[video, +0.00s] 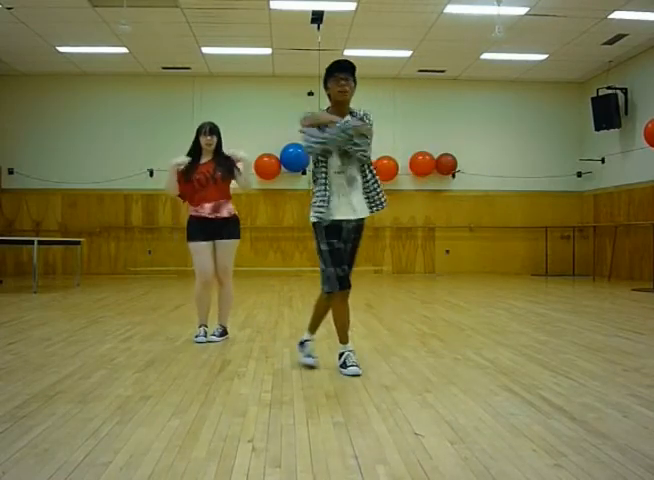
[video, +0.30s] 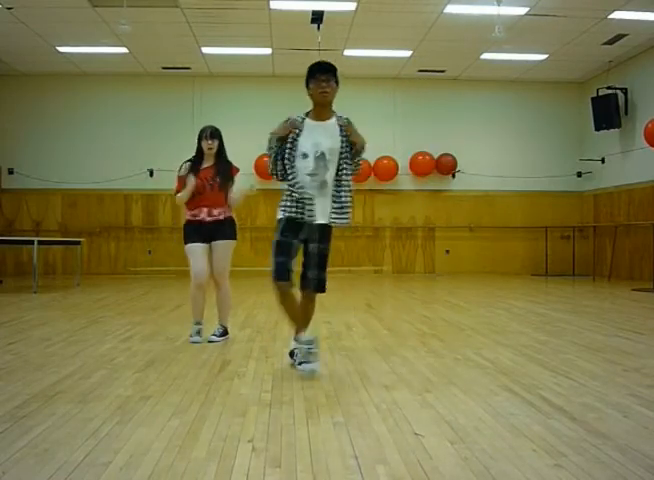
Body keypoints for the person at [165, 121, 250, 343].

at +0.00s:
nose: (208, 138)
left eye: (212, 134)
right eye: (204, 135)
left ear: (218, 138)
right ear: (198, 138)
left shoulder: (226, 162)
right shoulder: (189, 165)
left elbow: (246, 185)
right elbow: (173, 191)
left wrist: (244, 166)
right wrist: (173, 169)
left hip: (225, 222)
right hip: (198, 222)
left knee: (224, 276)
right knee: (204, 276)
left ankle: (222, 326)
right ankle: (202, 326)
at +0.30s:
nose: (209, 142)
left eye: (213, 139)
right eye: (205, 139)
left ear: (219, 142)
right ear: (200, 142)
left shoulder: (229, 169)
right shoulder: (187, 167)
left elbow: (232, 203)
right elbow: (180, 200)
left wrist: (242, 192)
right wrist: (190, 186)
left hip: (222, 222)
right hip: (195, 224)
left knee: (220, 276)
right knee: (199, 276)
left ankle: (222, 326)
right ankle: (197, 325)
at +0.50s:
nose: (202, 145)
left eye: (206, 141)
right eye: (198, 141)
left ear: (214, 143)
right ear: (193, 144)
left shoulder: (223, 171)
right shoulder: (182, 169)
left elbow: (235, 202)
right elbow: (166, 198)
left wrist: (222, 219)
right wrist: (176, 217)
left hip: (213, 224)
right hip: (186, 225)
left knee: (215, 277)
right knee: (188, 279)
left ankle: (221, 326)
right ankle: (169, 326)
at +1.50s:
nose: (201, 149)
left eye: (205, 145)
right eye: (197, 146)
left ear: (211, 148)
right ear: (191, 150)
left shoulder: (224, 175)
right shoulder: (187, 178)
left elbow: (232, 208)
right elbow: (167, 204)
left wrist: (218, 233)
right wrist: (160, 224)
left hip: (209, 233)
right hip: (181, 229)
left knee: (214, 286)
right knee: (178, 279)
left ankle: (229, 327)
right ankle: (166, 328)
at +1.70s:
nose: (210, 151)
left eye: (214, 147)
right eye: (206, 148)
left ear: (220, 151)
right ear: (200, 153)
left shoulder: (235, 175)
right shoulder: (197, 182)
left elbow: (252, 201)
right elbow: (185, 217)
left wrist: (260, 182)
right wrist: (203, 203)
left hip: (226, 234)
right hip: (197, 231)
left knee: (224, 286)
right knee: (186, 281)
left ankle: (231, 326)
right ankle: (167, 328)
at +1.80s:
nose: (218, 141)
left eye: (222, 137)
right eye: (214, 137)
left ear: (228, 140)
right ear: (207, 140)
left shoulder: (241, 159)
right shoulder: (205, 165)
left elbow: (270, 173)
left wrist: (276, 149)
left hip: (239, 221)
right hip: (211, 220)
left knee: (236, 278)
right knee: (198, 275)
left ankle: (234, 326)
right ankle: (185, 325)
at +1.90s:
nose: (228, 135)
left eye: (232, 132)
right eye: (224, 131)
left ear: (237, 134)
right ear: (216, 132)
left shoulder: (244, 150)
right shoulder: (209, 156)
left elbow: (278, 147)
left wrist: (290, 119)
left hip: (250, 212)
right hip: (223, 213)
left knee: (252, 269)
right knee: (220, 270)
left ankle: (250, 321)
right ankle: (218, 322)